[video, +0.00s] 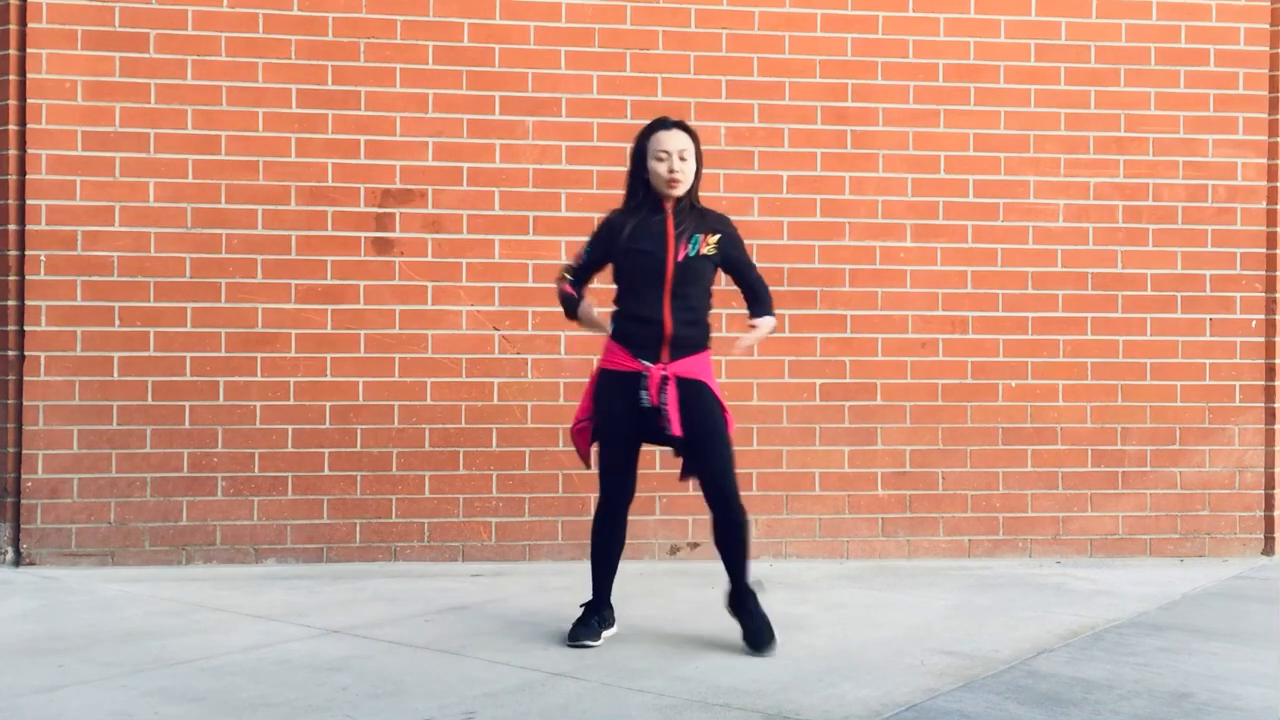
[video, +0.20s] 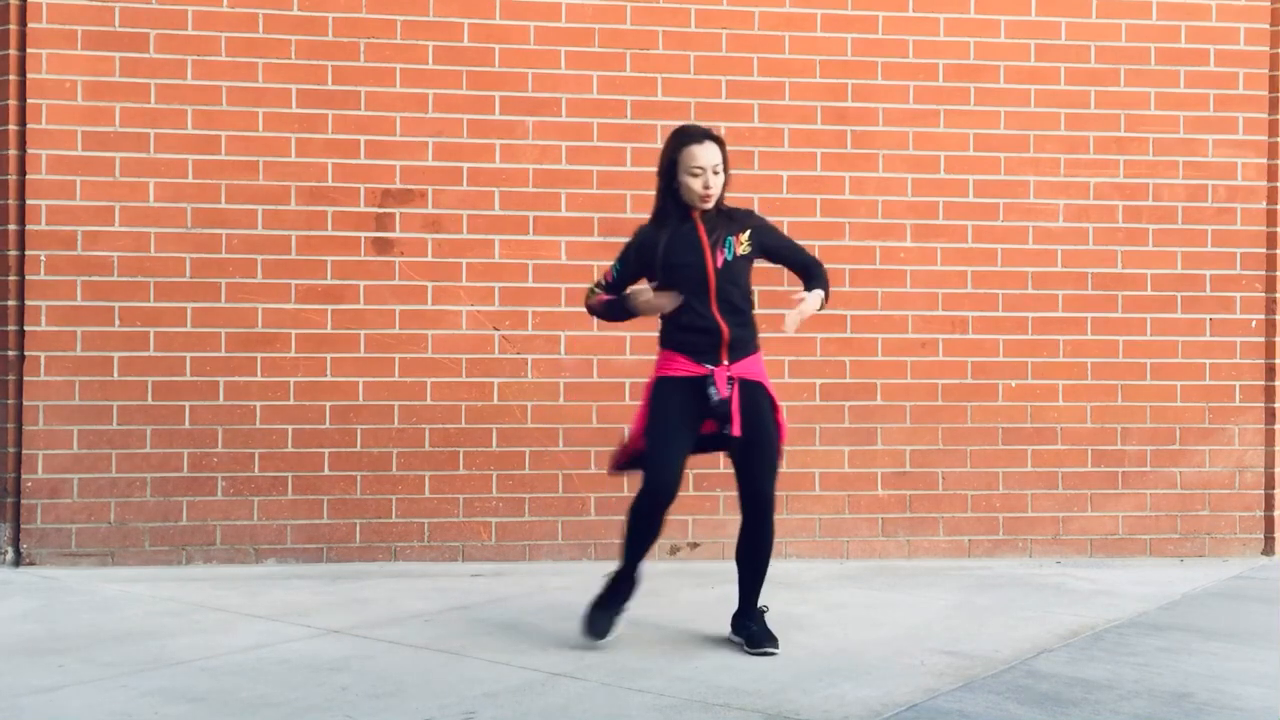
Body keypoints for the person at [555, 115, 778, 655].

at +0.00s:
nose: (673, 166)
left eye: (683, 157)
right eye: (662, 156)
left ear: (696, 165)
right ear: (644, 165)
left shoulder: (714, 227)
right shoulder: (622, 224)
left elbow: (753, 285)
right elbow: (569, 282)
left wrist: (763, 320)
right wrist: (587, 317)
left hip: (690, 373)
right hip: (624, 370)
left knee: (723, 491)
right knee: (615, 493)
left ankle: (741, 594)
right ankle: (599, 604)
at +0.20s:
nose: (707, 180)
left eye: (715, 170)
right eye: (695, 171)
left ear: (724, 173)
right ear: (674, 176)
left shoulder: (745, 226)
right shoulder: (655, 236)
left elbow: (812, 269)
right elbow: (598, 302)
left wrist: (810, 299)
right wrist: (639, 305)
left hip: (745, 378)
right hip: (680, 378)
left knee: (759, 500)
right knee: (661, 485)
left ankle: (749, 612)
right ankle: (624, 579)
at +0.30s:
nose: (717, 183)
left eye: (724, 172)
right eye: (704, 173)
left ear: (734, 172)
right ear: (683, 177)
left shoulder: (754, 225)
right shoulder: (662, 241)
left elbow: (810, 282)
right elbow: (632, 313)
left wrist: (793, 311)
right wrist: (683, 293)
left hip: (758, 375)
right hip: (695, 375)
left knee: (766, 500)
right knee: (686, 467)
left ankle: (749, 611)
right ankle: (694, 568)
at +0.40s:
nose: (723, 179)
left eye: (730, 168)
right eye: (711, 170)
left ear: (741, 169)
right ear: (689, 173)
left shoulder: (761, 221)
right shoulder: (668, 237)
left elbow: (780, 292)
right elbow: (691, 302)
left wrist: (760, 335)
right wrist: (751, 293)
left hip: (765, 367)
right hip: (705, 368)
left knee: (763, 492)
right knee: (715, 464)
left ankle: (751, 618)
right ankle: (766, 587)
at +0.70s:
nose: (727, 173)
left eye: (736, 162)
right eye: (714, 164)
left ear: (750, 168)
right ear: (697, 174)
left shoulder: (774, 229)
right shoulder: (680, 237)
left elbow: (824, 285)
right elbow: (649, 302)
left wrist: (802, 321)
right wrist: (698, 293)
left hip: (766, 376)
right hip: (704, 377)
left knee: (778, 494)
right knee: (702, 477)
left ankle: (749, 613)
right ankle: (759, 592)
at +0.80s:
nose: (721, 159)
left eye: (730, 149)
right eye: (708, 151)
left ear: (746, 157)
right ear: (693, 163)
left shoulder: (772, 221)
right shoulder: (677, 226)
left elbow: (840, 269)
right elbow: (614, 284)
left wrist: (826, 299)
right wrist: (650, 293)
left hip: (758, 372)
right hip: (694, 369)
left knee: (767, 498)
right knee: (662, 449)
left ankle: (751, 611)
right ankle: (692, 558)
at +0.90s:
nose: (714, 150)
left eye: (724, 140)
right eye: (702, 142)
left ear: (740, 149)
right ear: (686, 154)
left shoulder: (764, 214)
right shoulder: (671, 215)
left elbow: (820, 268)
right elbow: (613, 274)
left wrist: (826, 295)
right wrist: (625, 296)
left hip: (744, 366)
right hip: (678, 361)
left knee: (748, 492)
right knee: (636, 467)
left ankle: (751, 610)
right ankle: (640, 566)